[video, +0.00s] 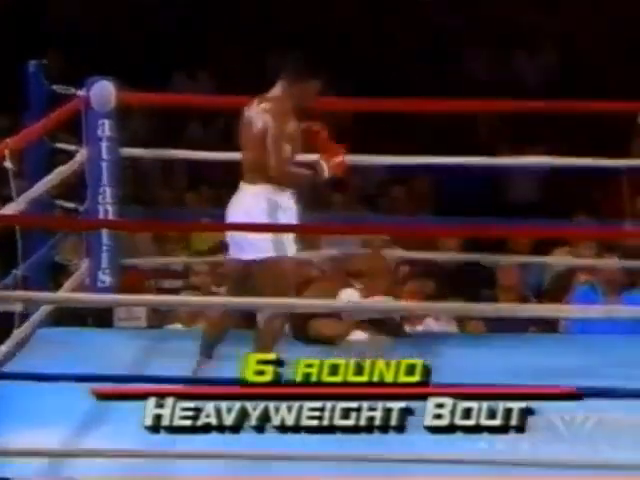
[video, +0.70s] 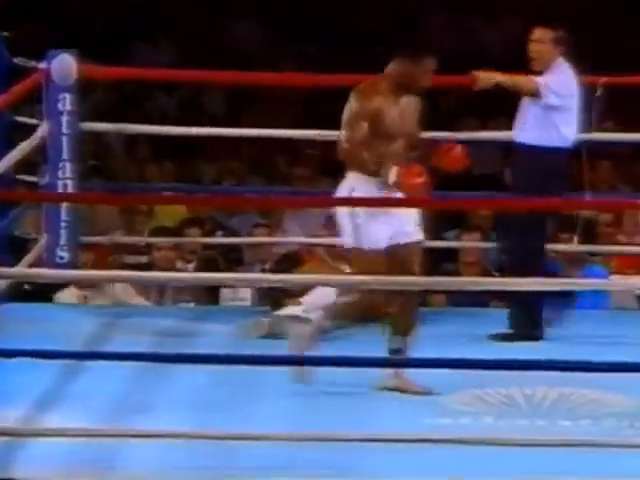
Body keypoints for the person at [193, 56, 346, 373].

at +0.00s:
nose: (314, 97)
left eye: (317, 90)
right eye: (313, 89)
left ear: (284, 80)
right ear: (300, 84)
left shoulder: (256, 108)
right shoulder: (276, 116)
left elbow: (271, 154)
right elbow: (277, 171)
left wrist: (312, 158)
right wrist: (318, 173)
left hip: (247, 203)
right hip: (266, 207)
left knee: (237, 294)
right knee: (280, 298)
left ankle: (201, 367)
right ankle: (262, 372)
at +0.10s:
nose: (319, 93)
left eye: (322, 86)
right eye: (319, 84)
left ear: (297, 74)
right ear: (304, 77)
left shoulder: (275, 101)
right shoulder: (279, 105)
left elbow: (286, 143)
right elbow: (269, 161)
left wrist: (313, 144)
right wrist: (311, 169)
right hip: (268, 202)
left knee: (250, 287)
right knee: (281, 293)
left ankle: (206, 347)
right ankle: (255, 361)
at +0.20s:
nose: (336, 86)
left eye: (338, 79)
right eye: (335, 78)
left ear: (314, 69)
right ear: (321, 72)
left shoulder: (302, 101)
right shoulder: (286, 99)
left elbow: (296, 148)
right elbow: (273, 149)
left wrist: (333, 151)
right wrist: (315, 166)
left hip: (294, 194)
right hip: (277, 195)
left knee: (297, 283)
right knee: (285, 284)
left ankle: (252, 345)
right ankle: (251, 349)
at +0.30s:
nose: (347, 85)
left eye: (350, 79)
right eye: (347, 77)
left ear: (328, 70)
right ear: (330, 70)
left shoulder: (316, 101)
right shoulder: (297, 99)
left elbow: (308, 147)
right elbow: (280, 151)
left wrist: (344, 152)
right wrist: (324, 166)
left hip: (311, 193)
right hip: (286, 194)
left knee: (334, 275)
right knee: (280, 283)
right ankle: (247, 349)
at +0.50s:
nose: (387, 90)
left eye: (391, 83)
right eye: (385, 81)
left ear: (381, 79)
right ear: (367, 74)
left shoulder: (366, 107)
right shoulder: (333, 105)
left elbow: (353, 150)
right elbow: (320, 157)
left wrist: (386, 157)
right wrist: (372, 167)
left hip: (351, 204)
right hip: (316, 203)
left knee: (381, 286)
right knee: (289, 289)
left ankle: (400, 370)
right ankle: (242, 362)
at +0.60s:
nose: (417, 89)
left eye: (418, 82)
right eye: (414, 81)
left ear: (401, 81)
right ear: (395, 76)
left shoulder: (395, 111)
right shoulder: (357, 106)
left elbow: (388, 160)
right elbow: (340, 157)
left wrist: (421, 168)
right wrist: (388, 168)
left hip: (381, 201)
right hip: (345, 199)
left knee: (406, 279)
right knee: (338, 291)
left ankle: (400, 371)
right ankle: (269, 343)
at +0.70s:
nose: (429, 80)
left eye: (430, 73)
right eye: (426, 72)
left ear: (417, 73)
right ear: (404, 66)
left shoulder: (411, 102)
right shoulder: (365, 97)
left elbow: (407, 144)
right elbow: (349, 148)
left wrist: (437, 153)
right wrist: (389, 168)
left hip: (398, 194)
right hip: (362, 192)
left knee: (412, 280)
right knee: (376, 292)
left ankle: (396, 370)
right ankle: (311, 325)